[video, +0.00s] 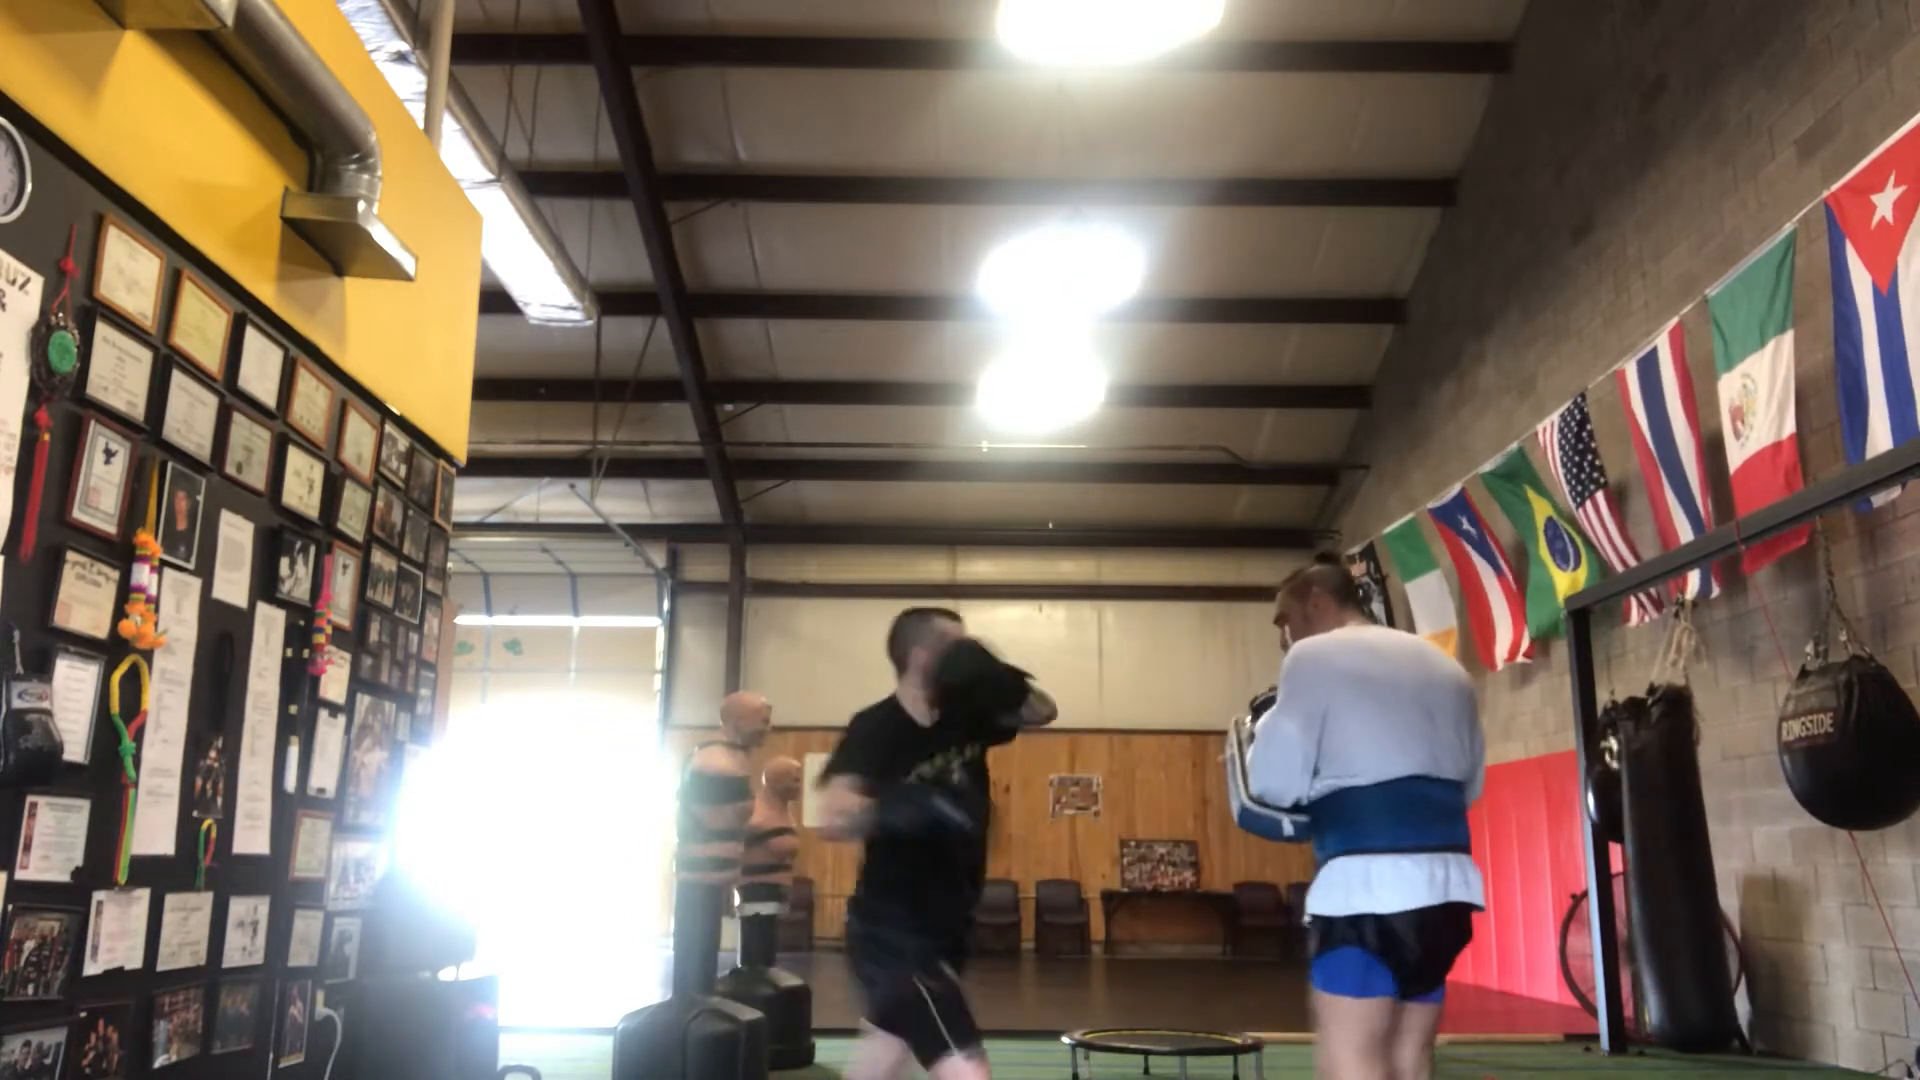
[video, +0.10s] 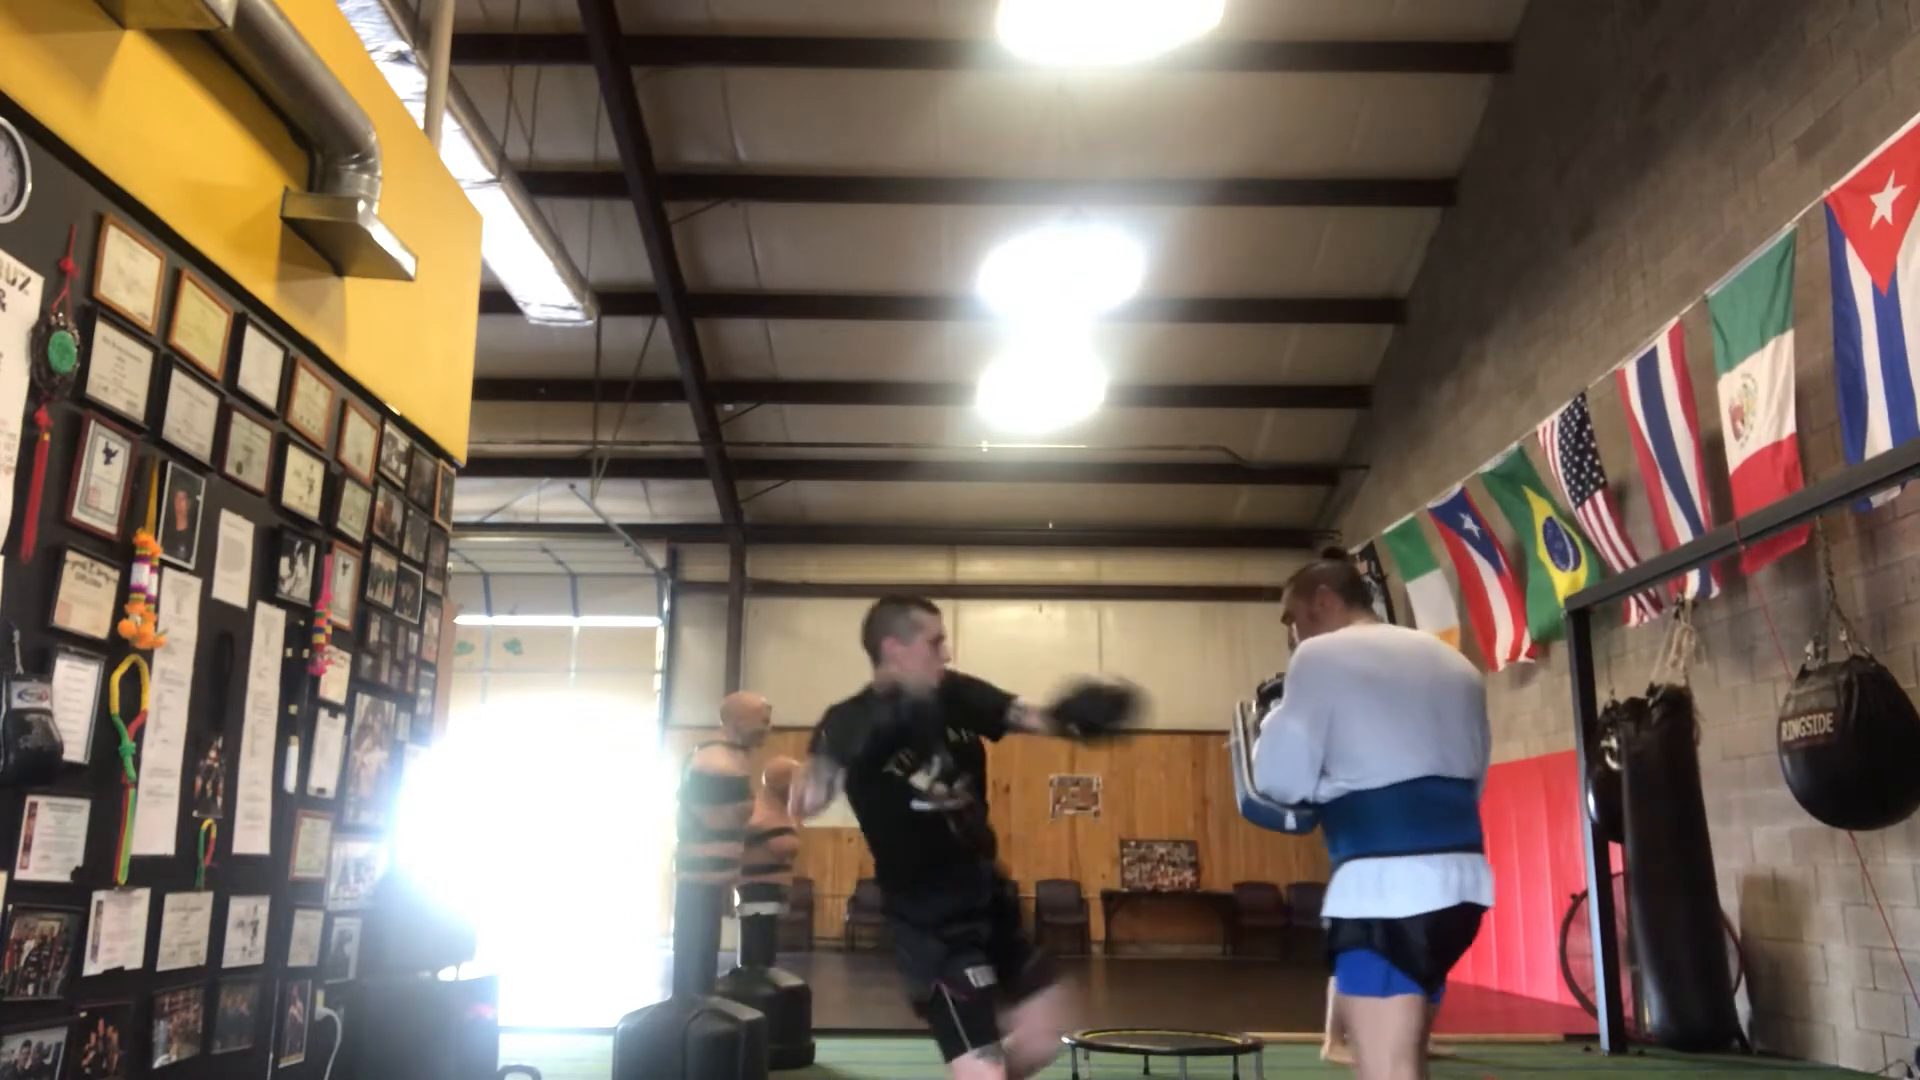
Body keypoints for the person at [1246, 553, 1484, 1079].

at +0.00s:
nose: (1285, 639)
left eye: (1284, 623)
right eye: (1280, 627)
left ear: (1314, 605)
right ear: (1348, 604)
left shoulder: (1312, 658)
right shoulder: (1443, 664)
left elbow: (1274, 785)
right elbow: (1470, 783)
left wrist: (1274, 726)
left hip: (1363, 900)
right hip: (1447, 899)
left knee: (1350, 1065)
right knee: (1412, 1064)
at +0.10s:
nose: (1294, 638)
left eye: (1292, 622)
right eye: (1289, 626)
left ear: (1322, 603)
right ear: (1355, 601)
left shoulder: (1320, 657)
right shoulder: (1453, 661)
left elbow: (1279, 781)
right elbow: (1472, 775)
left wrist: (1279, 717)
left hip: (1386, 894)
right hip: (1464, 889)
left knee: (1387, 1068)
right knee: (1403, 1059)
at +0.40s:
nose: (1330, 626)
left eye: (1334, 606)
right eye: (1330, 608)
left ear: (1373, 591)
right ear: (1401, 588)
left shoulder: (1379, 654)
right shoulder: (1483, 648)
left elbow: (1305, 751)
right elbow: (1421, 732)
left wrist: (1262, 687)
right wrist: (1341, 675)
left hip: (1425, 901)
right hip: (1499, 892)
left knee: (1420, 1067)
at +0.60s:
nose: (1361, 621)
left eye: (1367, 603)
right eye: (1360, 606)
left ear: (1409, 594)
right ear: (1421, 597)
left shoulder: (1420, 659)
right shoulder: (1511, 657)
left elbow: (1371, 781)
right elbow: (1475, 752)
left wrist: (1305, 727)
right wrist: (1382, 708)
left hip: (1451, 898)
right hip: (1530, 890)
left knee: (1434, 1067)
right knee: (1539, 1060)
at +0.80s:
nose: (1367, 634)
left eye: (1370, 614)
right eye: (1362, 620)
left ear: (1409, 600)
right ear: (1419, 603)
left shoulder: (1420, 663)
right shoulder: (1527, 662)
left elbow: (1392, 794)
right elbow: (1544, 769)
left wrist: (1328, 759)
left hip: (1468, 901)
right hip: (1550, 893)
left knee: (1436, 1069)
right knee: (1552, 1065)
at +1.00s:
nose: (1349, 643)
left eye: (1351, 624)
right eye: (1345, 629)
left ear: (1390, 607)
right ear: (1408, 610)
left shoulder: (1404, 666)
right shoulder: (1503, 664)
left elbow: (1380, 797)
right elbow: (1530, 775)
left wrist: (1318, 759)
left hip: (1460, 897)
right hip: (1542, 892)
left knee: (1379, 1054)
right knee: (1546, 1066)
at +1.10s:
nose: (1325, 650)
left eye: (1329, 630)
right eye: (1322, 634)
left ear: (1369, 613)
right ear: (1381, 615)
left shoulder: (1388, 675)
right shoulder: (1480, 668)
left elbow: (1356, 800)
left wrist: (1286, 759)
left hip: (1446, 899)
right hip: (1526, 894)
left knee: (1352, 1054)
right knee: (1520, 1063)